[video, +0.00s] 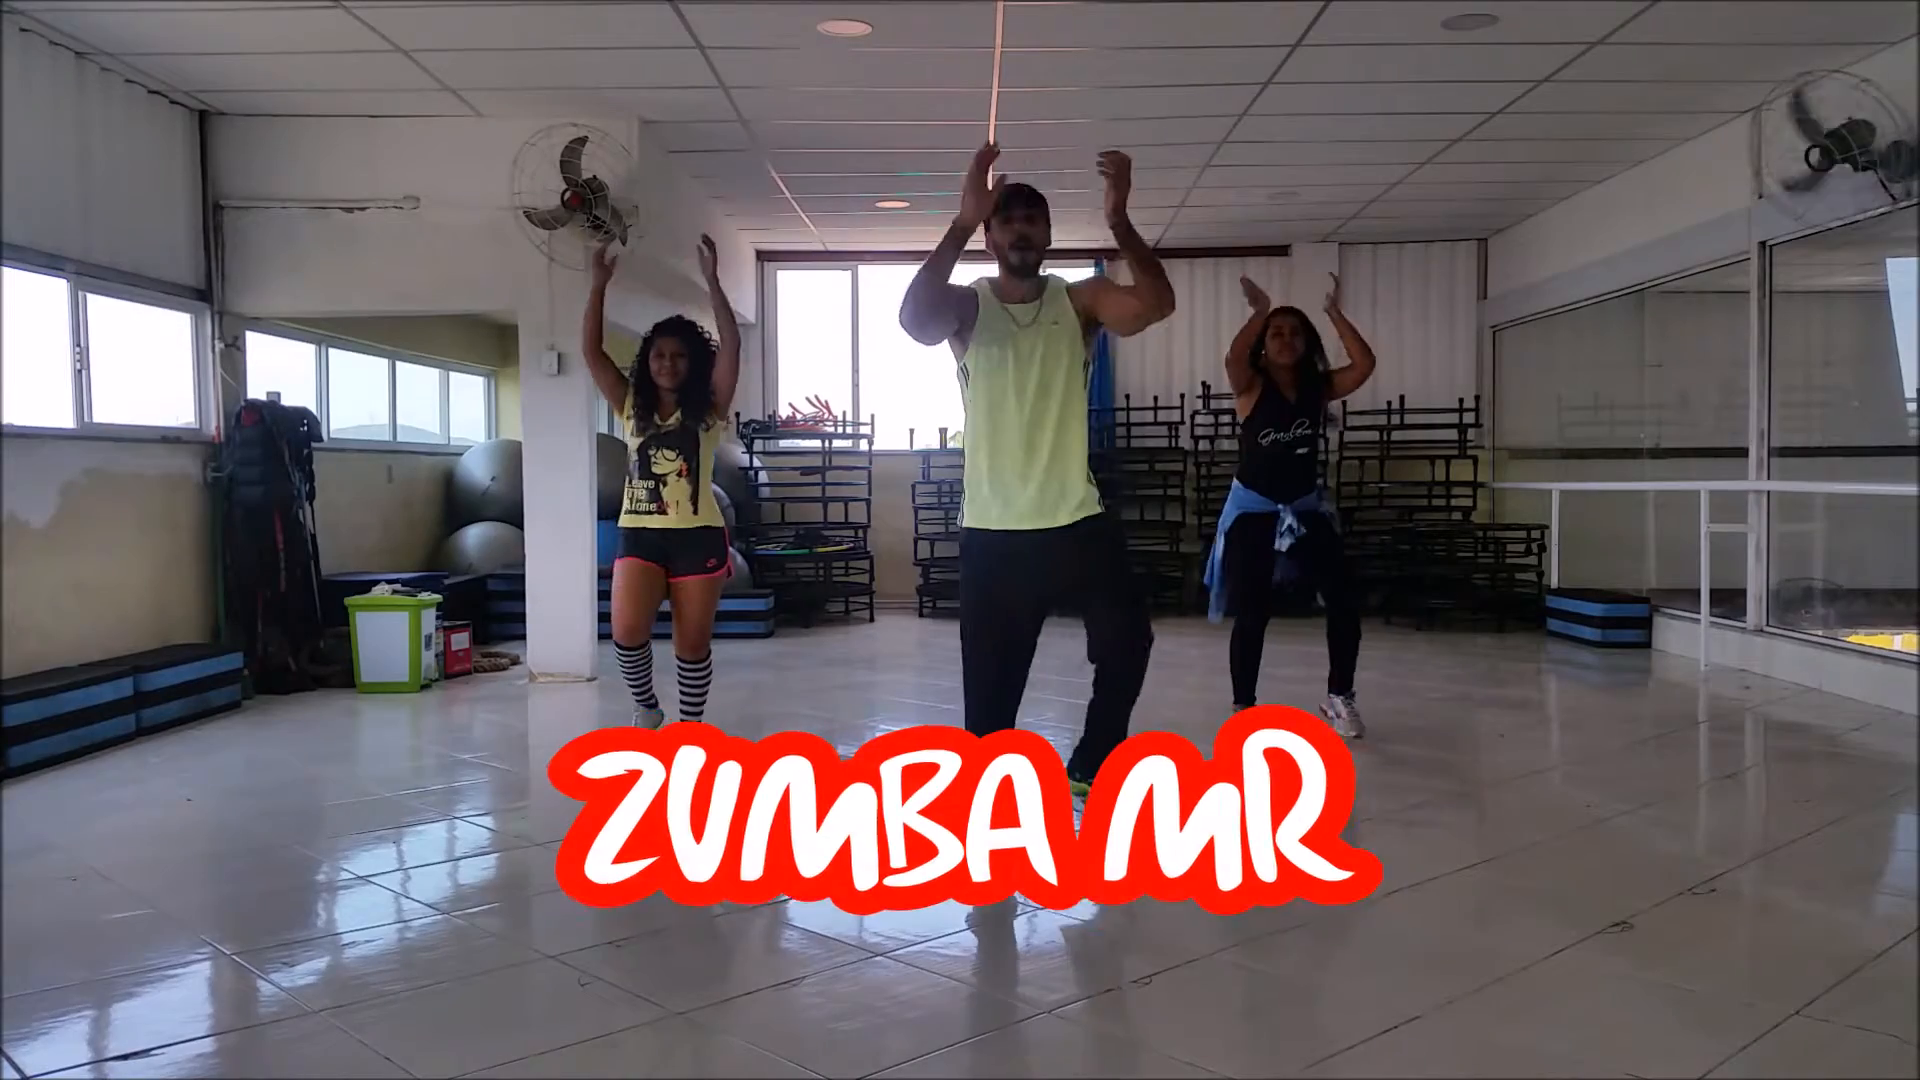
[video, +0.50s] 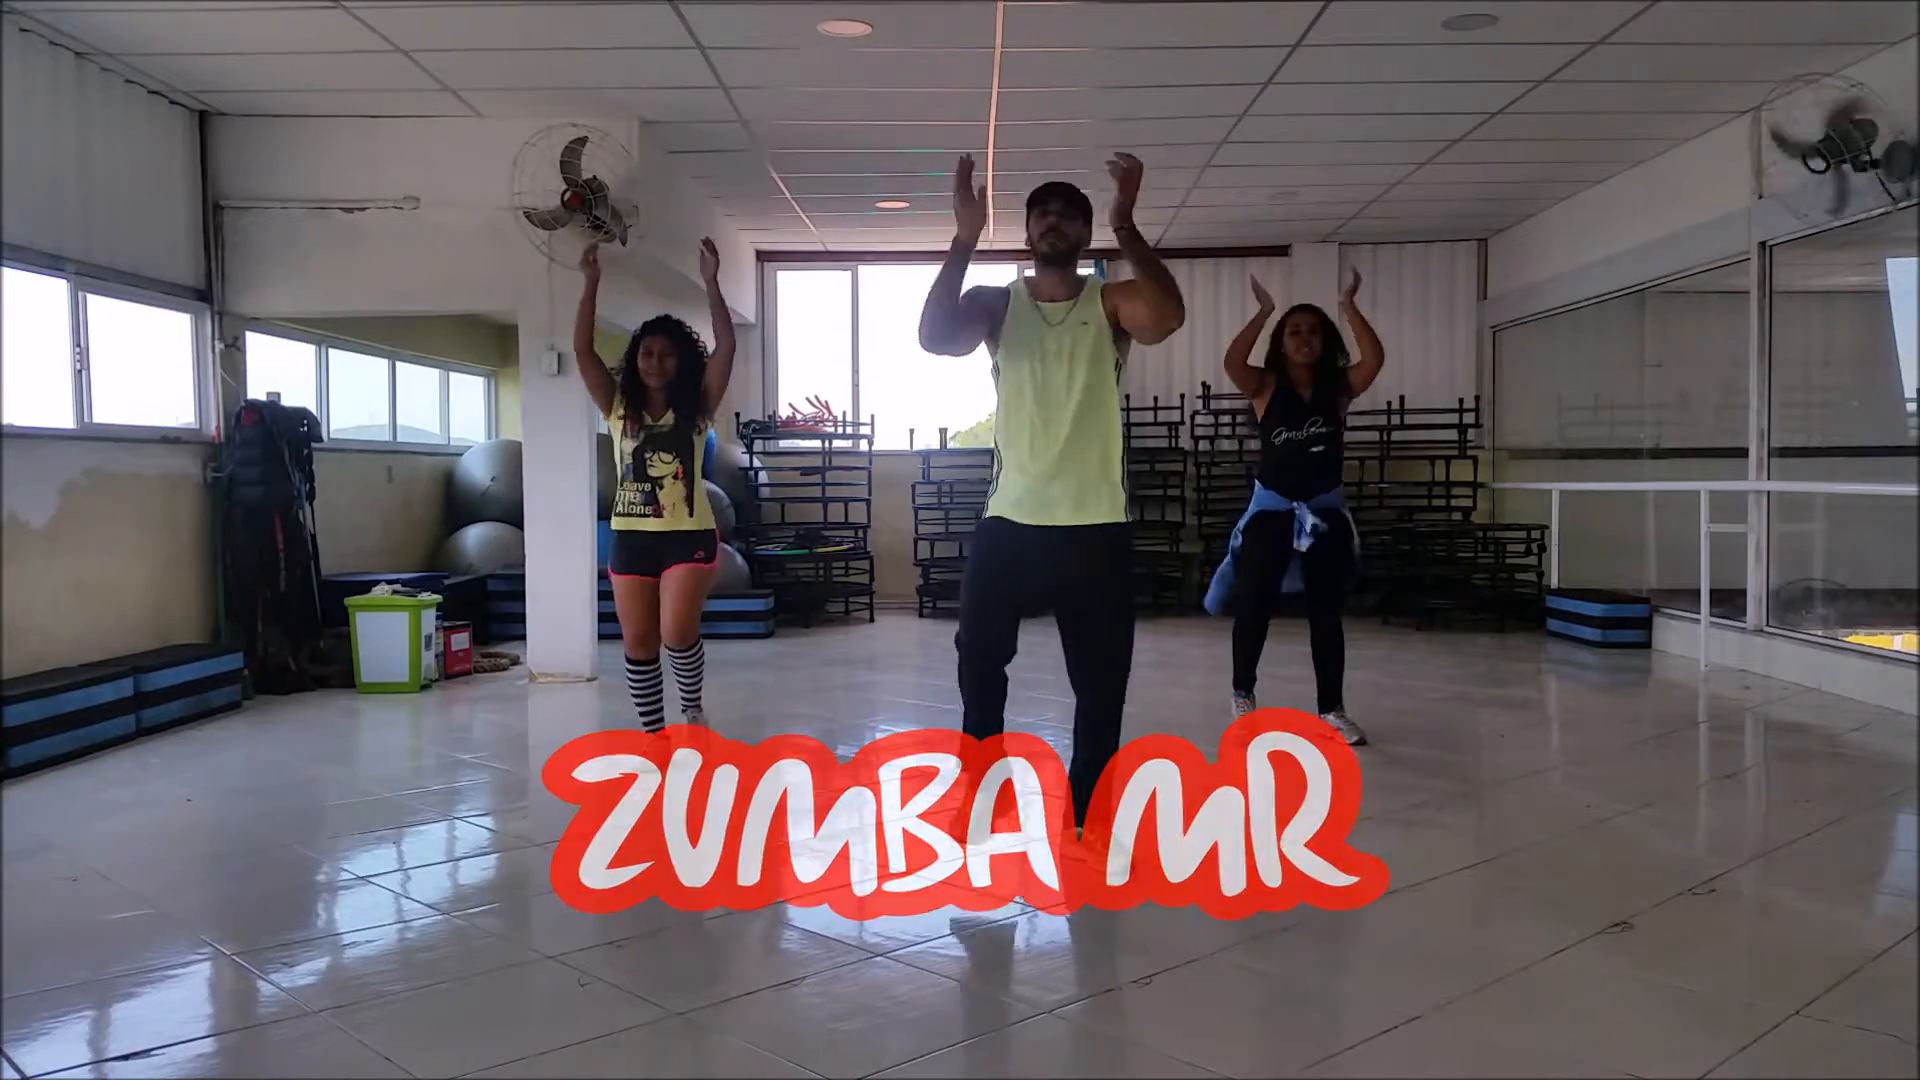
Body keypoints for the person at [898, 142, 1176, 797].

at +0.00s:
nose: (1025, 229)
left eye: (1035, 219)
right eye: (1012, 218)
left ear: (1050, 234)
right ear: (990, 234)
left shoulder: (1078, 299)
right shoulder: (970, 304)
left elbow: (1156, 302)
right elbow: (915, 318)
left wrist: (1119, 219)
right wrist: (965, 220)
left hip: (1078, 523)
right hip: (995, 532)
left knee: (1127, 640)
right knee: (989, 704)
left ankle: (1091, 767)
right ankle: (981, 825)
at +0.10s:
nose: (1020, 214)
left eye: (1033, 206)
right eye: (1008, 206)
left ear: (1051, 226)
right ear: (991, 228)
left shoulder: (1079, 294)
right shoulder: (973, 299)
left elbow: (1149, 301)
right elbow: (929, 318)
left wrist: (1124, 215)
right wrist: (951, 217)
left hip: (1078, 518)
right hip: (994, 524)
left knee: (1120, 653)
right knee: (989, 693)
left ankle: (1090, 781)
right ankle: (989, 817)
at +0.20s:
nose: (1030, 213)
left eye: (1042, 206)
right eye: (1018, 205)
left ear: (1061, 227)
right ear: (997, 226)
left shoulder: (1083, 295)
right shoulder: (980, 300)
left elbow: (1133, 290)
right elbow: (949, 324)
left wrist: (1081, 202)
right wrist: (989, 228)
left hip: (1081, 524)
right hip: (996, 527)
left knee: (1102, 699)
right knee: (986, 703)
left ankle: (1094, 837)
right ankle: (981, 842)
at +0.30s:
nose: (1045, 225)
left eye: (1056, 216)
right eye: (1034, 214)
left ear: (1070, 234)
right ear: (1014, 227)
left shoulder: (1094, 300)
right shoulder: (992, 298)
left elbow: (1135, 293)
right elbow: (950, 327)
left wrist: (1074, 226)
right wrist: (1015, 247)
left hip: (1084, 519)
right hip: (1004, 519)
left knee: (1089, 686)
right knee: (986, 687)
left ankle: (1090, 826)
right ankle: (979, 822)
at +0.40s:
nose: (1049, 230)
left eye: (1063, 219)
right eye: (1036, 219)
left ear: (1082, 235)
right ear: (1020, 235)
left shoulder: (1106, 297)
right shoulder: (995, 302)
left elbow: (1161, 303)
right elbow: (932, 329)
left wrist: (1094, 223)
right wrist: (993, 241)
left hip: (1092, 524)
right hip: (1008, 523)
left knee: (1096, 694)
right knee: (977, 678)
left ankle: (1086, 832)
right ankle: (977, 816)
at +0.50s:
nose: (1053, 225)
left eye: (1067, 217)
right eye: (1041, 216)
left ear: (1087, 235)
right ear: (1027, 234)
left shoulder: (1112, 298)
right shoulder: (996, 303)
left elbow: (1167, 313)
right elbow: (935, 336)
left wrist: (1123, 226)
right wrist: (967, 235)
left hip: (1095, 523)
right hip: (1012, 520)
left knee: (1102, 691)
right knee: (979, 666)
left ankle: (1086, 827)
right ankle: (983, 803)